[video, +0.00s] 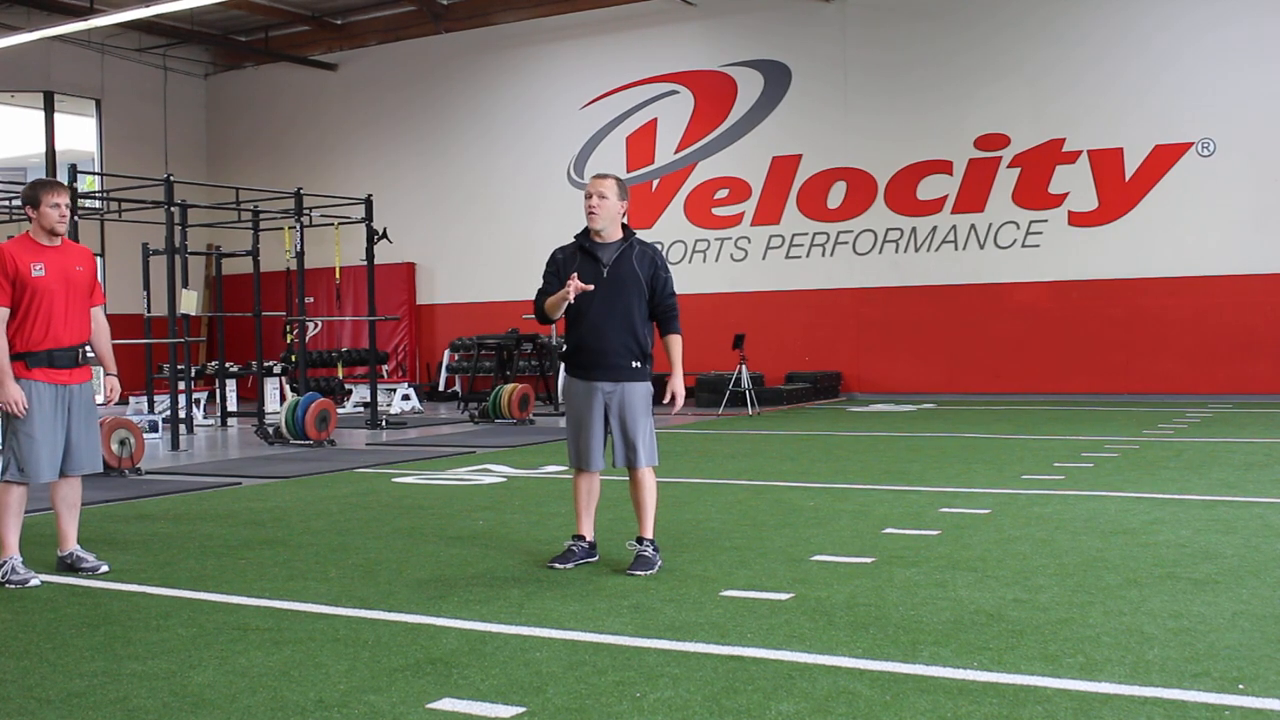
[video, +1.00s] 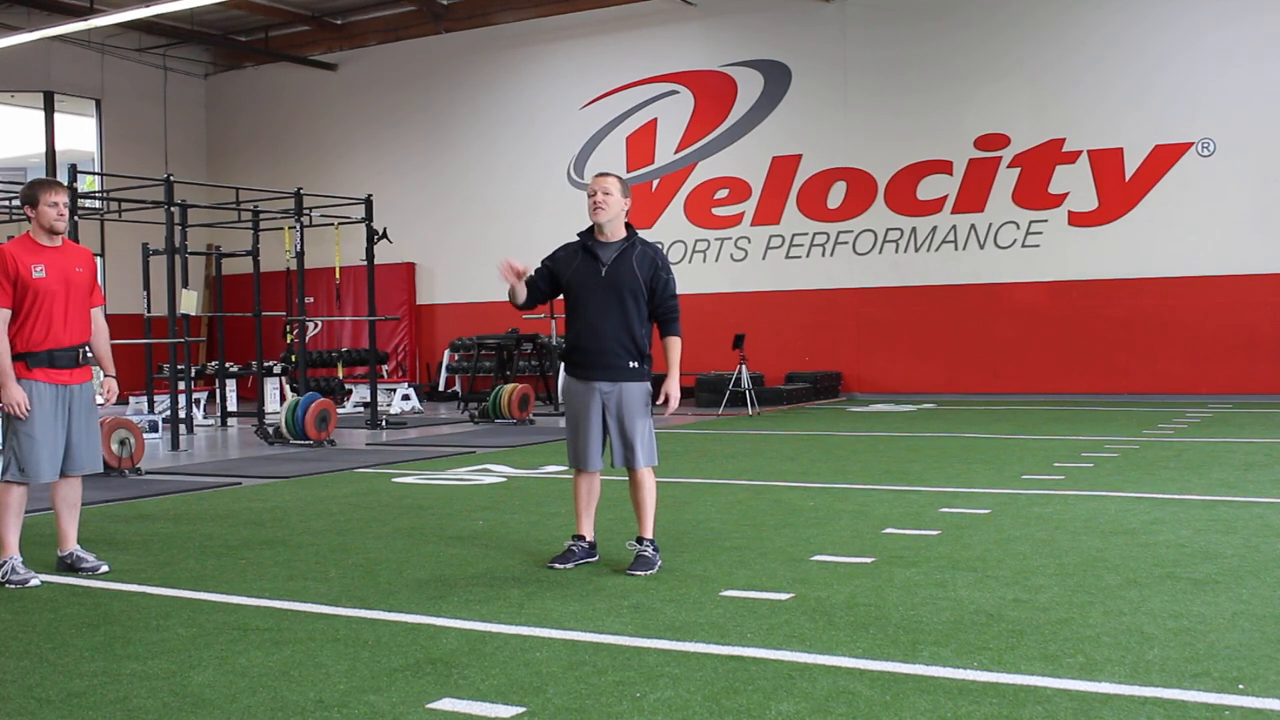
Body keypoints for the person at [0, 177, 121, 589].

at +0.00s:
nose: (64, 213)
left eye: (67, 206)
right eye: (54, 206)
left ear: (70, 210)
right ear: (32, 211)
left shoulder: (84, 257)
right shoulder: (10, 255)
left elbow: (96, 318)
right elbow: (0, 325)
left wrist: (111, 369)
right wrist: (6, 380)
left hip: (76, 377)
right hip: (29, 378)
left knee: (71, 466)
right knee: (19, 473)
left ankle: (69, 551)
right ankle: (10, 559)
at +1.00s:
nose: (62, 212)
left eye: (66, 205)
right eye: (53, 205)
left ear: (69, 211)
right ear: (30, 211)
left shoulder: (84, 257)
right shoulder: (11, 255)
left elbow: (96, 320)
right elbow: (0, 326)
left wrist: (109, 371)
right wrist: (7, 382)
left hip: (77, 377)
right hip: (30, 378)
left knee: (72, 467)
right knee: (18, 473)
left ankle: (69, 551)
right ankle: (10, 559)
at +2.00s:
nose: (64, 211)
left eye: (66, 205)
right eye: (55, 205)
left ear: (68, 211)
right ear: (31, 211)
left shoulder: (83, 257)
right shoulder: (10, 255)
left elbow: (95, 319)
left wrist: (109, 371)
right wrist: (6, 381)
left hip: (76, 377)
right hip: (29, 378)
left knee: (72, 466)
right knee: (18, 473)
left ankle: (69, 551)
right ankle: (10, 559)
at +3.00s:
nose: (66, 213)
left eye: (68, 206)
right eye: (57, 206)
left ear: (69, 211)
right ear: (33, 211)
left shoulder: (84, 257)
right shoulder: (11, 255)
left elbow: (96, 319)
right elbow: (0, 326)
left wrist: (110, 371)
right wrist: (6, 381)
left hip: (77, 376)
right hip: (29, 378)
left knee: (72, 466)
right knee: (18, 473)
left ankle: (69, 551)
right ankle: (10, 560)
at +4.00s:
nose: (67, 213)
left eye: (69, 206)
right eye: (58, 206)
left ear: (71, 210)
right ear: (34, 211)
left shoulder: (84, 257)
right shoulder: (11, 255)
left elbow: (96, 319)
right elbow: (0, 326)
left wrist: (109, 371)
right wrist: (8, 382)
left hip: (77, 377)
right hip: (30, 378)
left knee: (72, 466)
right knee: (19, 473)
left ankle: (69, 551)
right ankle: (9, 559)